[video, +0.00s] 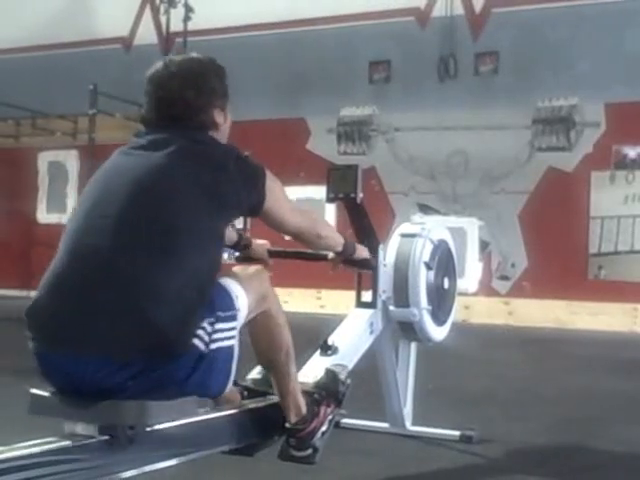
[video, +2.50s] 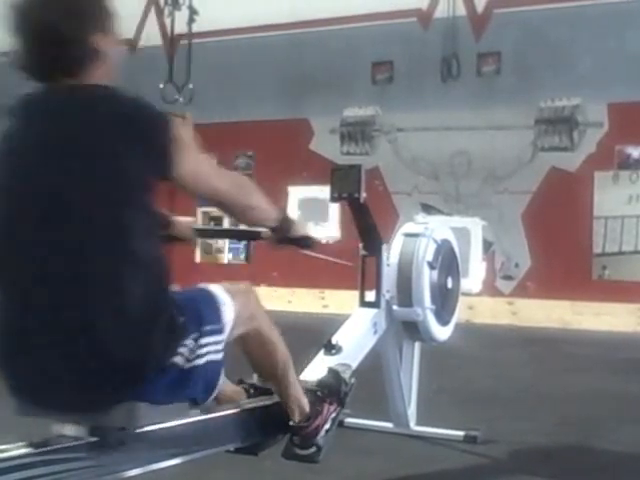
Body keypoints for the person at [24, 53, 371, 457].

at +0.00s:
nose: (228, 122)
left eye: (227, 112)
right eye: (226, 111)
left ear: (154, 113)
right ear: (214, 114)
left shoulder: (124, 158)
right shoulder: (224, 162)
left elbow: (157, 235)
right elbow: (299, 225)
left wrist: (239, 245)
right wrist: (341, 247)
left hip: (62, 361)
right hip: (147, 364)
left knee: (186, 276)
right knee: (258, 279)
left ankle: (227, 403)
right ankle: (298, 415)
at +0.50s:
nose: (127, 46)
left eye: (122, 34)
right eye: (121, 35)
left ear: (37, 50)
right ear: (104, 44)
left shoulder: (15, 123)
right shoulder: (135, 121)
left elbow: (82, 189)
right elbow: (230, 190)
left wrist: (168, 222)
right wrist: (283, 226)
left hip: (15, 357)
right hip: (102, 350)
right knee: (238, 332)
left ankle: (252, 419)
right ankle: (302, 416)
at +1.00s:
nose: (32, 49)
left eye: (30, 35)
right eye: (28, 36)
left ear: (4, 41)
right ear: (7, 41)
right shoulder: (12, 118)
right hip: (40, 356)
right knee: (218, 354)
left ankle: (255, 404)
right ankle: (303, 414)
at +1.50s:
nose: (166, 66)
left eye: (162, 52)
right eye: (161, 51)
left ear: (83, 63)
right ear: (142, 59)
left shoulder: (56, 131)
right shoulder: (171, 133)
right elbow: (270, 235)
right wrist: (287, 233)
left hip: (61, 366)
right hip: (142, 368)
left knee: (183, 268)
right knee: (265, 273)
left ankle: (233, 406)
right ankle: (299, 414)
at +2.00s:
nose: (277, 124)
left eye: (276, 115)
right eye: (276, 116)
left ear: (210, 119)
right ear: (267, 123)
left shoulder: (182, 161)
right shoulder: (274, 168)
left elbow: (229, 233)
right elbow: (348, 224)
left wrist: (307, 240)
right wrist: (377, 247)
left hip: (143, 357)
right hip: (221, 361)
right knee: (301, 249)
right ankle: (299, 412)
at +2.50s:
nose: (120, 44)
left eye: (114, 33)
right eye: (113, 33)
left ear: (36, 50)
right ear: (97, 44)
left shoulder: (18, 122)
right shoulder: (129, 118)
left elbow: (70, 211)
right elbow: (234, 194)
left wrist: (164, 226)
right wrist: (282, 225)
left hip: (32, 370)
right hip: (119, 361)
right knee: (245, 303)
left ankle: (246, 407)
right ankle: (302, 413)